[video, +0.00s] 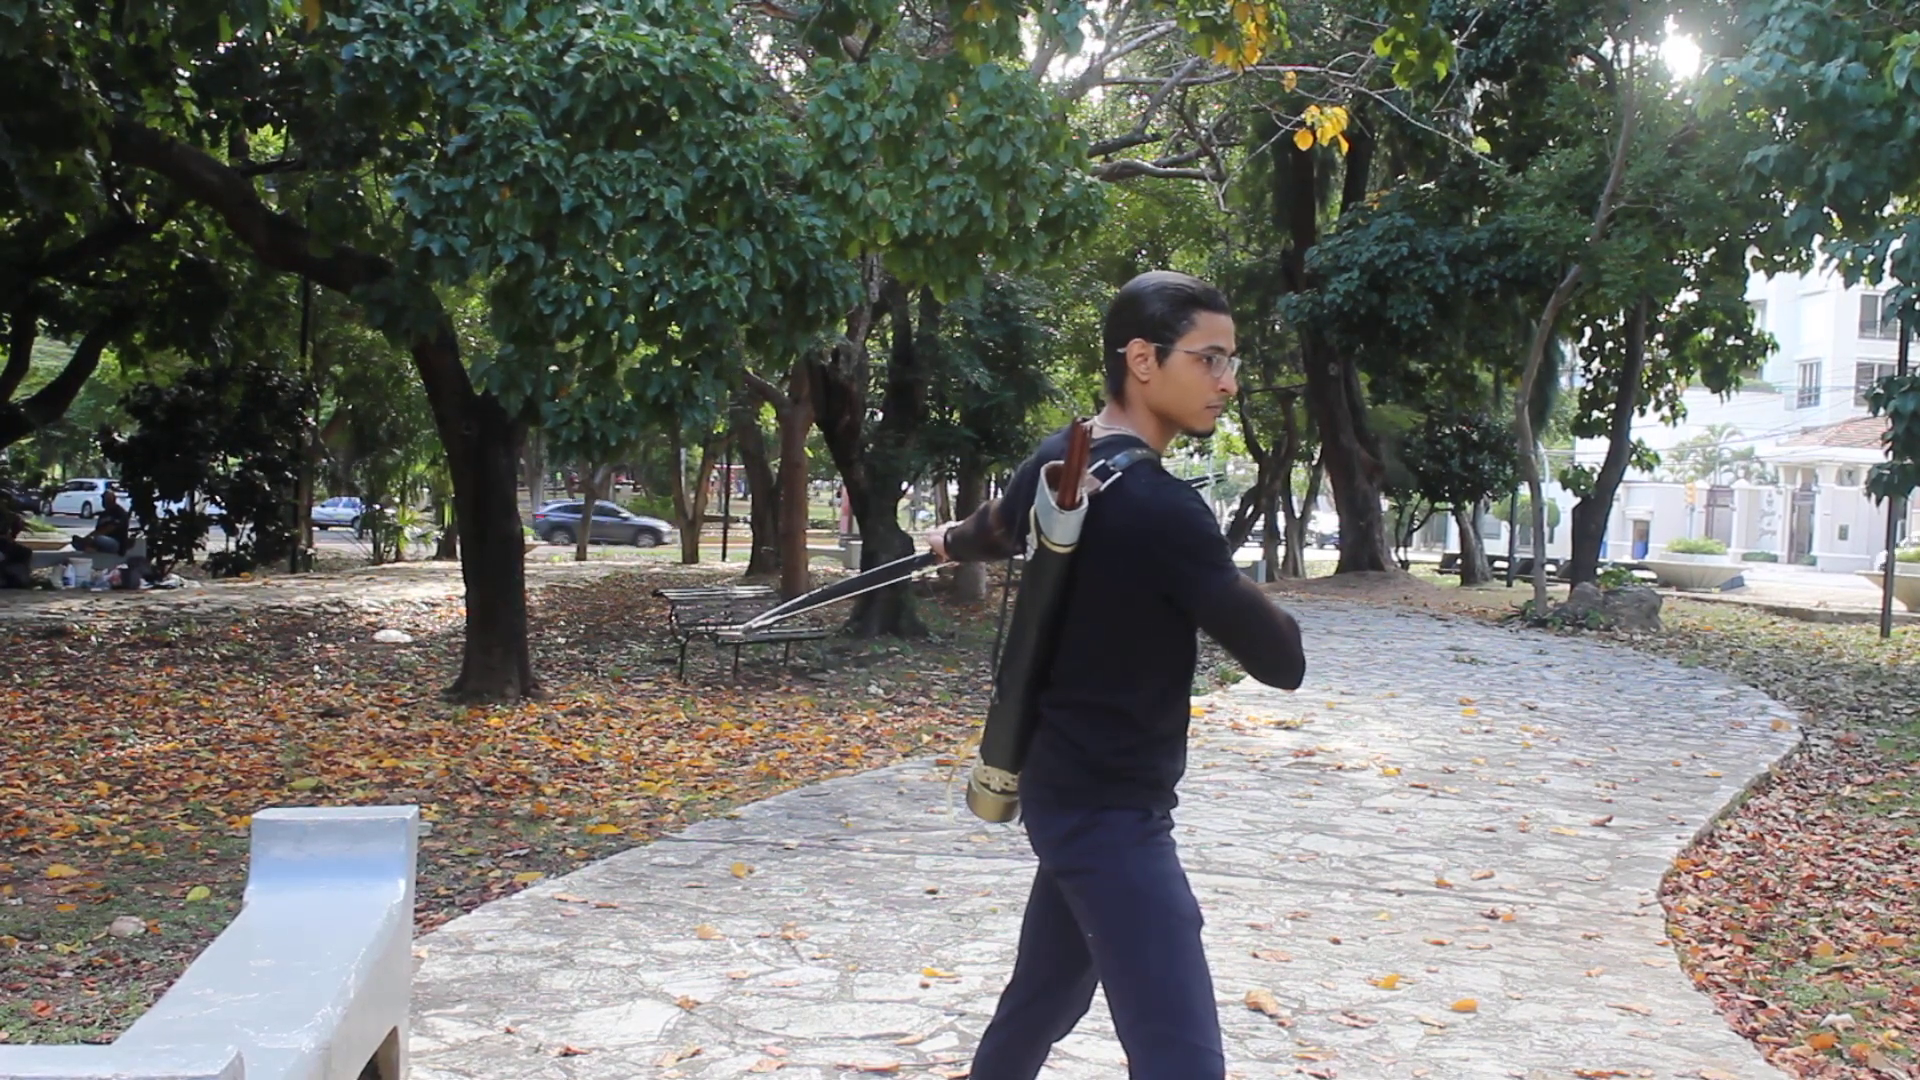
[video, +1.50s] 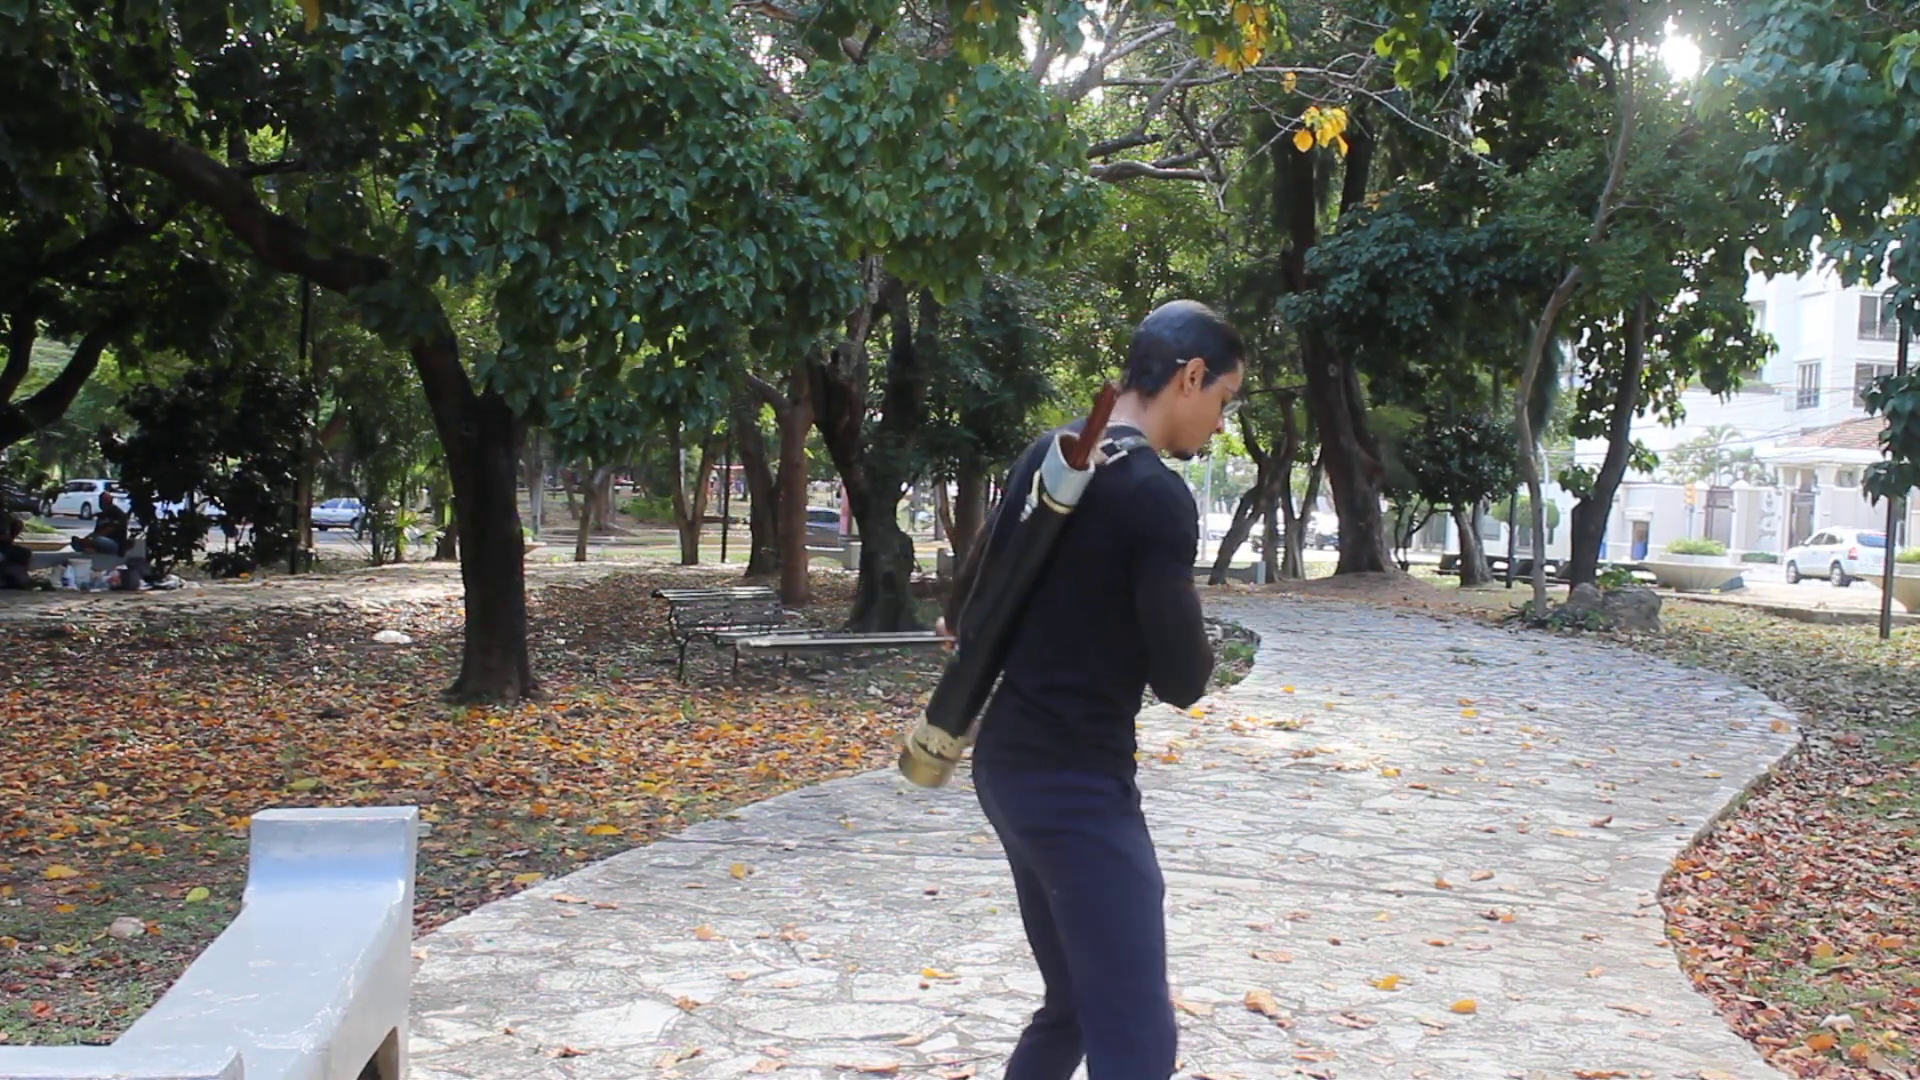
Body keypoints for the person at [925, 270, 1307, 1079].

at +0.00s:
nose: (1230, 383)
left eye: (1232, 360)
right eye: (1210, 358)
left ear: (1142, 369)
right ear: (1142, 362)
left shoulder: (1062, 454)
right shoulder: (1164, 505)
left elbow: (996, 527)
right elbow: (1284, 661)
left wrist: (953, 541)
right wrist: (1232, 589)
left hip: (1071, 791)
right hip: (1111, 811)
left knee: (1041, 1005)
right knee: (1182, 1058)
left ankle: (988, 1076)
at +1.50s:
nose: (1221, 423)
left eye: (1229, 405)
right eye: (1225, 399)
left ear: (1138, 373)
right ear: (1188, 376)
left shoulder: (1044, 456)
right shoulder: (1156, 491)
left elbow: (980, 609)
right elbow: (1182, 679)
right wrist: (1193, 631)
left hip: (1013, 763)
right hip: (1078, 779)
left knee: (1070, 1012)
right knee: (1137, 1041)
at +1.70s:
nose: (1227, 411)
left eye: (1236, 394)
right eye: (1230, 388)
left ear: (1155, 361)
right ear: (1190, 364)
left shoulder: (1067, 443)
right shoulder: (1145, 477)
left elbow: (1007, 593)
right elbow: (1178, 659)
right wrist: (1203, 641)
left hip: (1022, 748)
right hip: (1073, 760)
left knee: (1060, 997)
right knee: (1150, 1017)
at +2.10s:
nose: (1253, 415)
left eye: (1260, 398)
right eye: (1253, 391)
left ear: (1189, 366)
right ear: (1207, 367)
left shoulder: (1094, 443)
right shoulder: (1138, 480)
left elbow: (1094, 614)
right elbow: (1198, 680)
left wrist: (1199, 628)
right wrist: (1237, 631)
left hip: (1044, 765)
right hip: (1068, 779)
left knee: (1090, 999)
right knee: (1124, 1032)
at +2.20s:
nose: (1250, 415)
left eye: (1258, 397)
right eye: (1251, 391)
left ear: (1185, 367)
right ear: (1202, 367)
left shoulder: (1091, 445)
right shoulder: (1135, 481)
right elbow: (1181, 675)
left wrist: (1196, 634)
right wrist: (1237, 636)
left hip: (1049, 764)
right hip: (1071, 780)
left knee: (1089, 977)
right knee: (1126, 1028)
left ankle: (1010, 1075)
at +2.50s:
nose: (1221, 428)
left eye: (1226, 410)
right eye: (1218, 405)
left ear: (1158, 389)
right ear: (1167, 388)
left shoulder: (1079, 474)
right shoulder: (1110, 499)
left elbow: (1072, 640)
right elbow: (1141, 681)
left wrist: (1177, 643)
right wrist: (1208, 655)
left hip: (1057, 778)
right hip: (1074, 788)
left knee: (1057, 969)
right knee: (1130, 1001)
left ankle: (995, 1073)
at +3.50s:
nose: (1190, 393)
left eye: (1192, 375)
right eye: (1176, 372)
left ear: (1111, 377)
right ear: (1116, 372)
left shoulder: (1029, 456)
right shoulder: (1137, 494)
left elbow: (958, 554)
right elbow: (1225, 630)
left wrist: (907, 599)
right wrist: (1161, 565)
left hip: (1021, 747)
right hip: (1068, 765)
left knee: (1006, 959)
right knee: (1102, 997)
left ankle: (968, 1071)